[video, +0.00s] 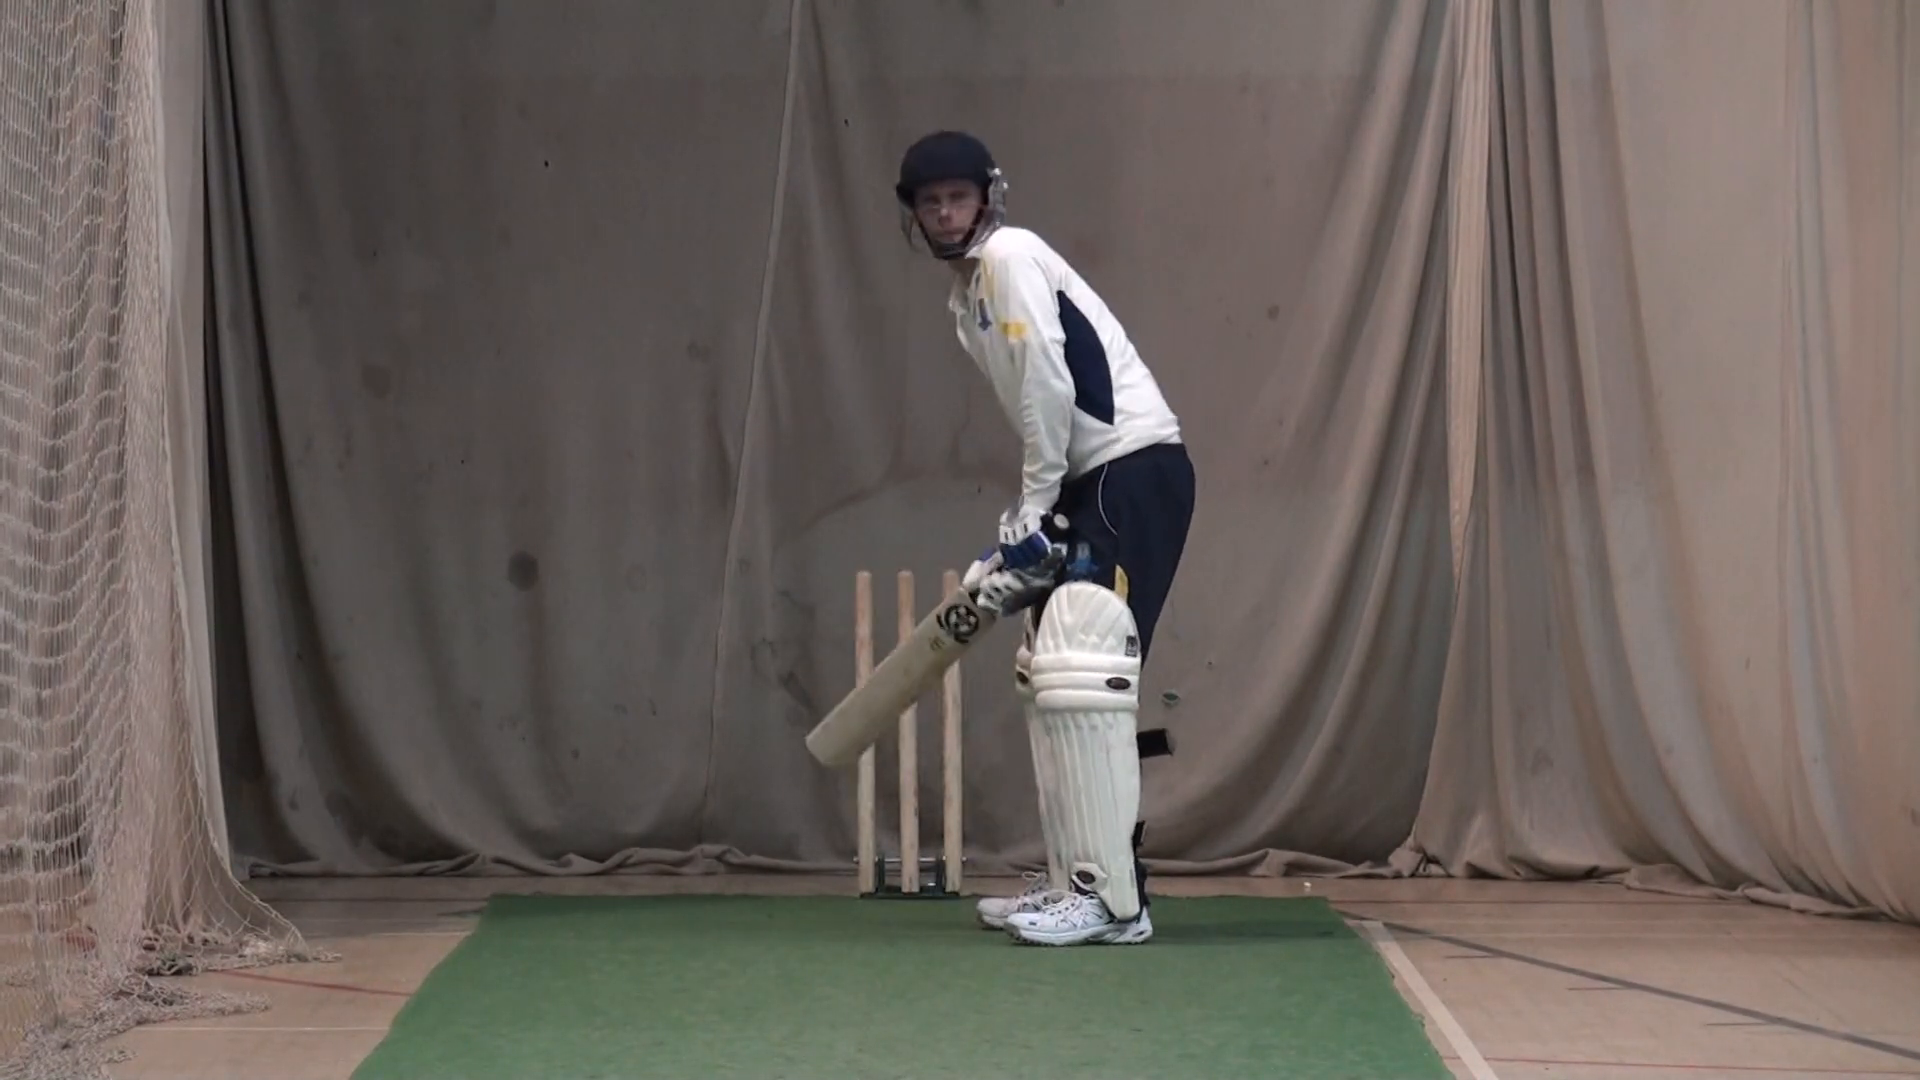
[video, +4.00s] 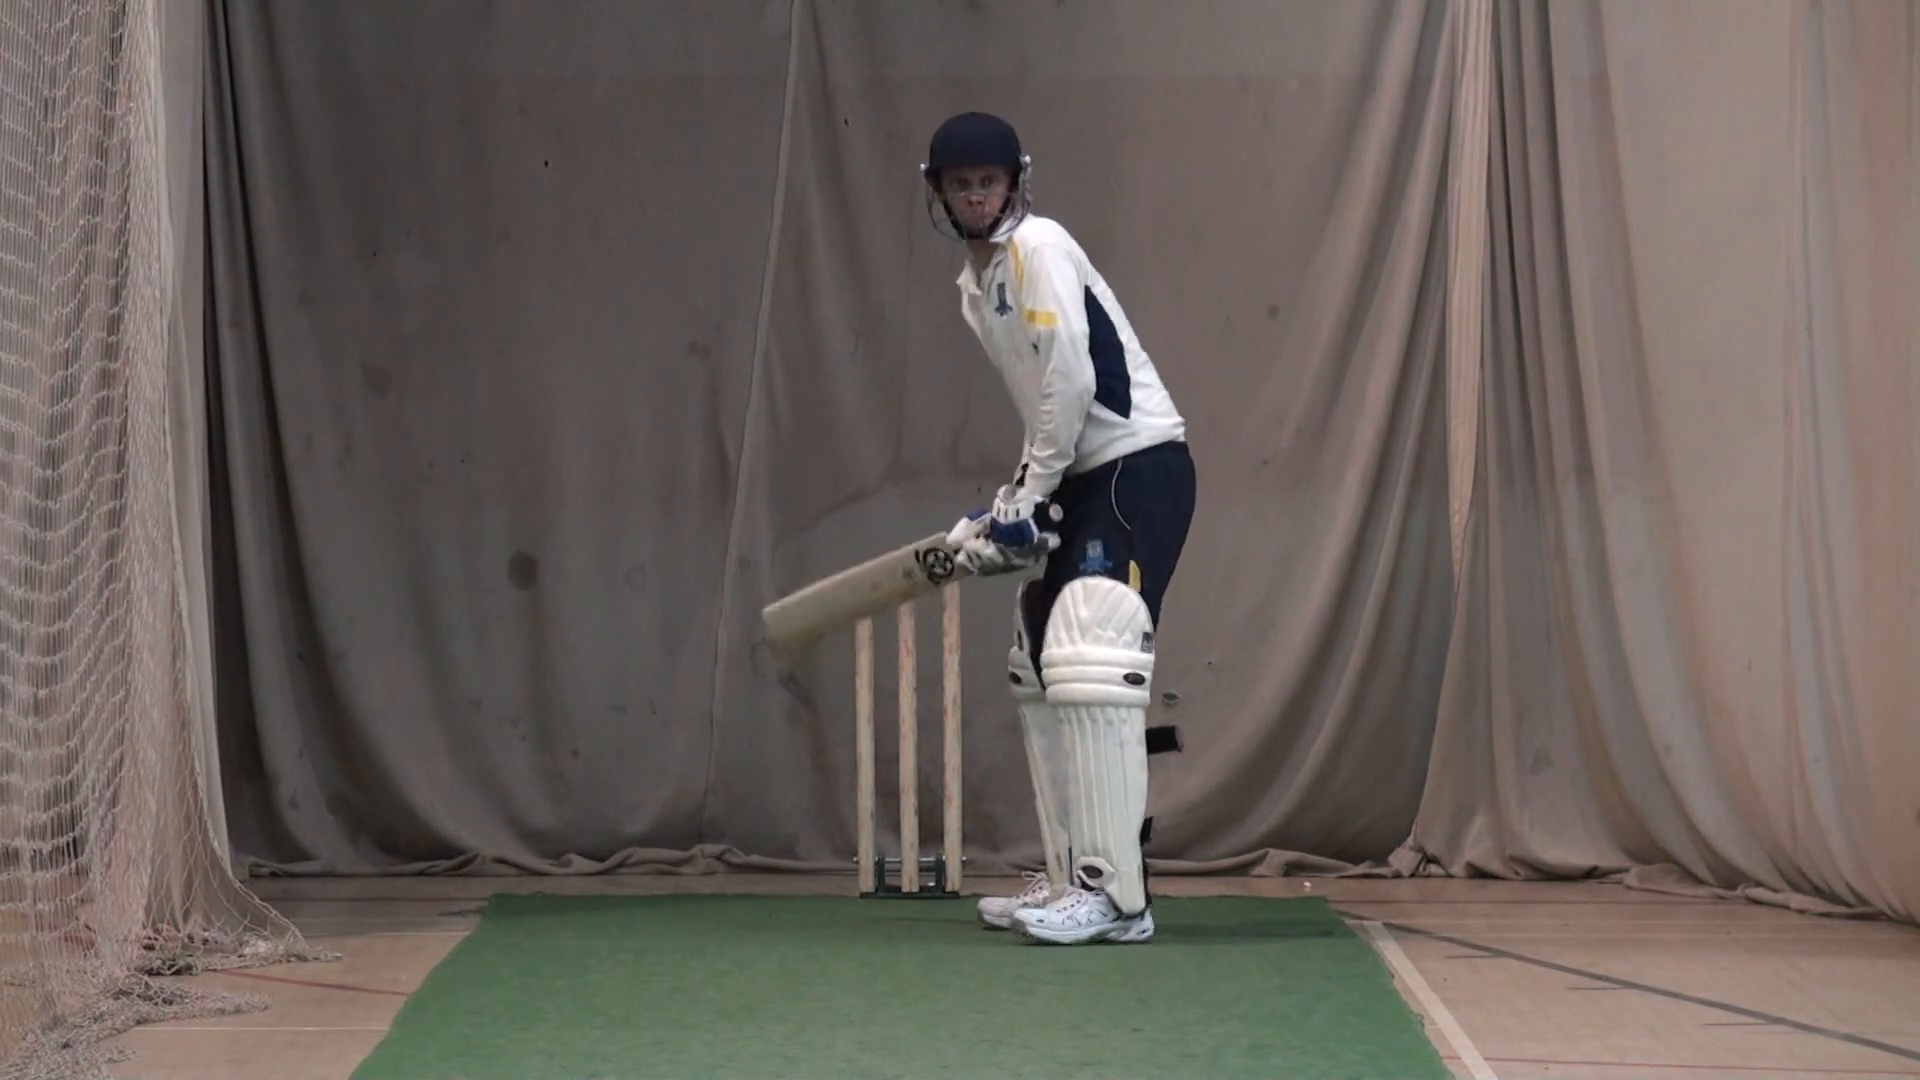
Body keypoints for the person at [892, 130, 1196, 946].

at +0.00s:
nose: (947, 215)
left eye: (961, 198)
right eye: (931, 203)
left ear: (988, 198)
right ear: (912, 215)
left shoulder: (1009, 259)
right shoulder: (971, 299)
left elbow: (1050, 398)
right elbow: (1038, 419)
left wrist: (1031, 518)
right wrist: (1023, 534)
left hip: (1134, 471)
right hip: (1092, 479)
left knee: (1091, 678)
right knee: (1061, 676)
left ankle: (1112, 898)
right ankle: (1079, 881)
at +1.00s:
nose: (993, 181)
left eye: (1010, 164)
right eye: (979, 165)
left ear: (1037, 168)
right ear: (961, 173)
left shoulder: (1054, 241)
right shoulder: (995, 269)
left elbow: (1082, 377)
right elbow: (1042, 404)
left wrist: (1036, 496)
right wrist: (1012, 515)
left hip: (1131, 473)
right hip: (1083, 480)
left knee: (1097, 678)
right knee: (1056, 675)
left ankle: (1113, 896)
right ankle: (1079, 882)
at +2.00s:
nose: (983, 182)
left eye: (999, 166)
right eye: (970, 168)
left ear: (1030, 168)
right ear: (955, 174)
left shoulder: (1047, 234)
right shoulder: (1003, 264)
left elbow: (1073, 366)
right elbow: (1044, 397)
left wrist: (1028, 482)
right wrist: (1012, 504)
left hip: (1125, 471)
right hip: (1082, 479)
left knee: (1091, 677)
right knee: (1050, 675)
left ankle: (1113, 895)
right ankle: (1082, 877)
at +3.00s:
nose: (967, 198)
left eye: (982, 182)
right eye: (952, 186)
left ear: (1013, 183)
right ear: (936, 195)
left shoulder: (1030, 243)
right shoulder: (992, 277)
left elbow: (1065, 377)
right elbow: (1043, 408)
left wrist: (1034, 488)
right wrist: (1011, 517)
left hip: (1126, 470)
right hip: (1080, 480)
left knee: (1082, 672)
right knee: (1037, 672)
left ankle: (1112, 898)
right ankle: (1076, 881)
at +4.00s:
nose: (975, 198)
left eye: (989, 183)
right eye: (959, 185)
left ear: (1015, 185)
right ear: (938, 193)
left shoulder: (1036, 250)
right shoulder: (979, 286)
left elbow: (1071, 387)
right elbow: (1045, 409)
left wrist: (1026, 500)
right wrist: (998, 510)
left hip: (1135, 466)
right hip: (1080, 478)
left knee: (1089, 662)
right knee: (1039, 667)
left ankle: (1115, 895)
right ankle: (1076, 881)